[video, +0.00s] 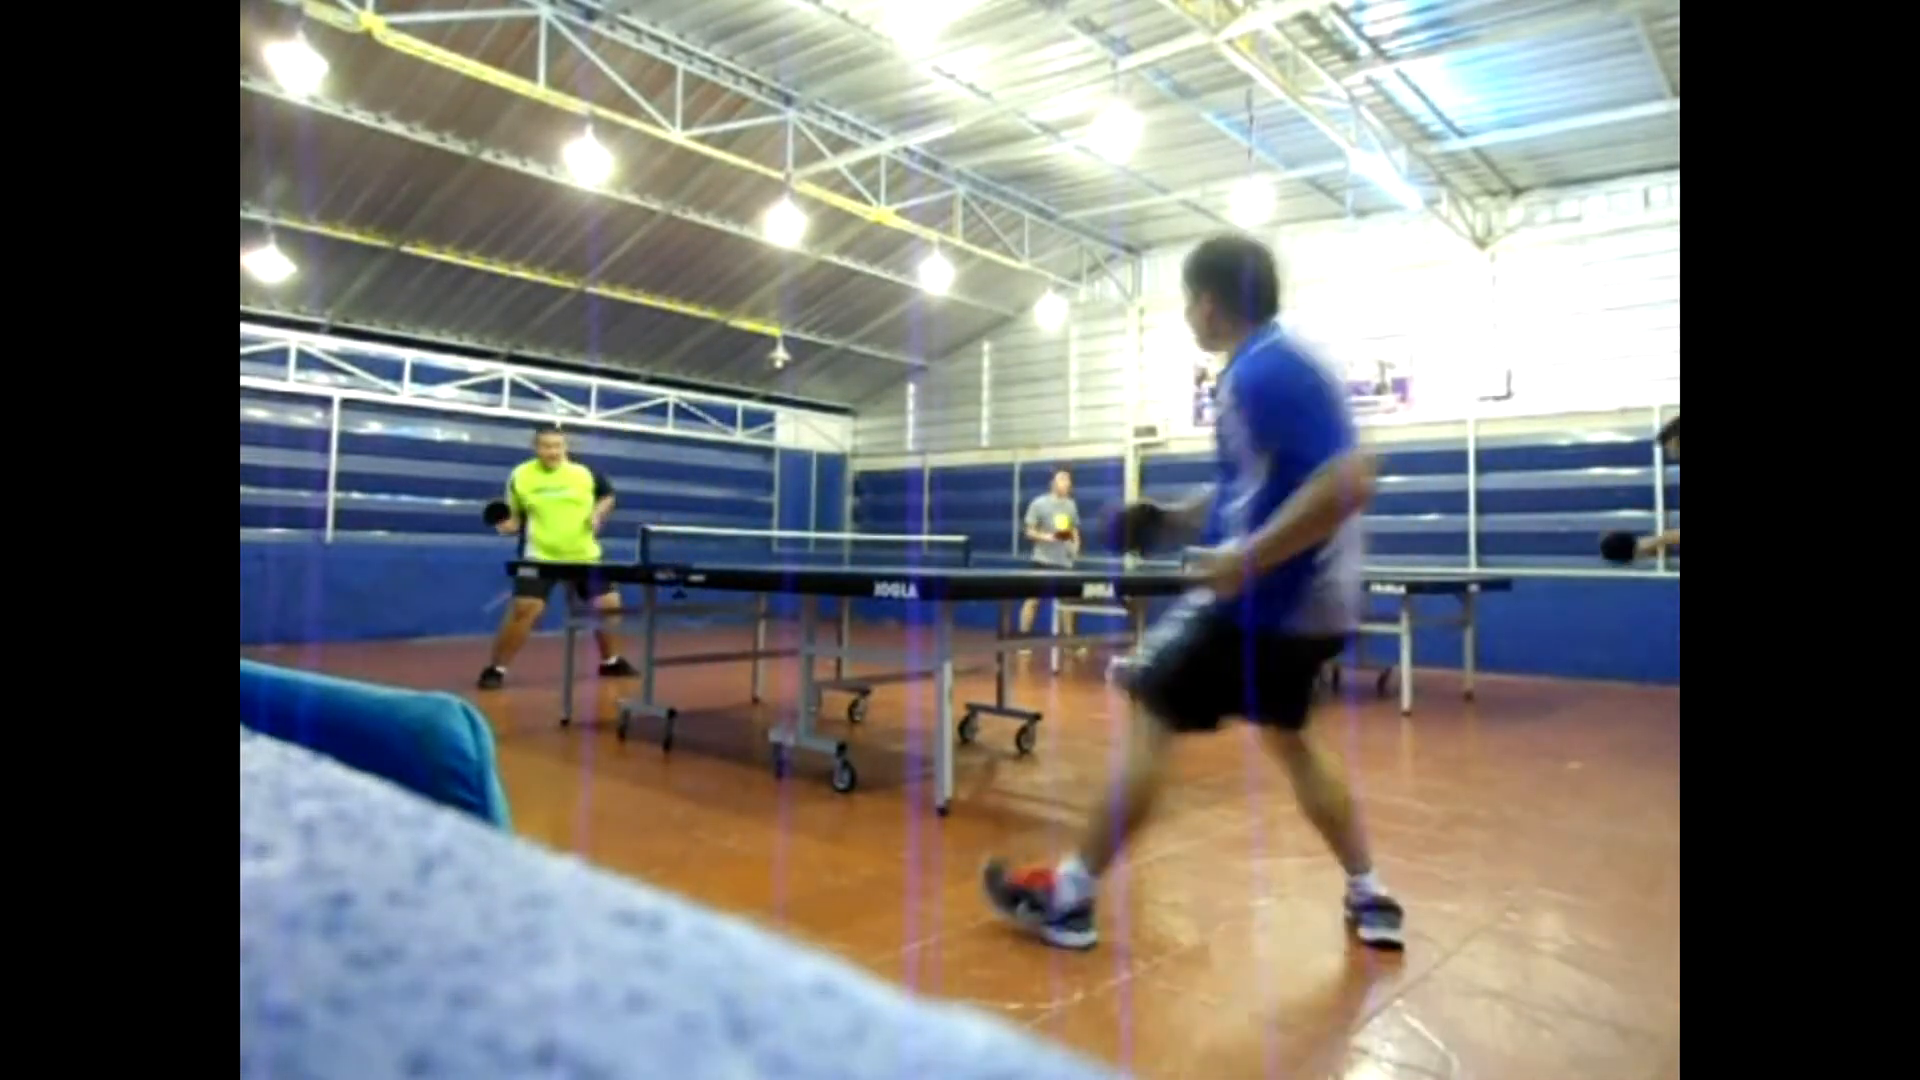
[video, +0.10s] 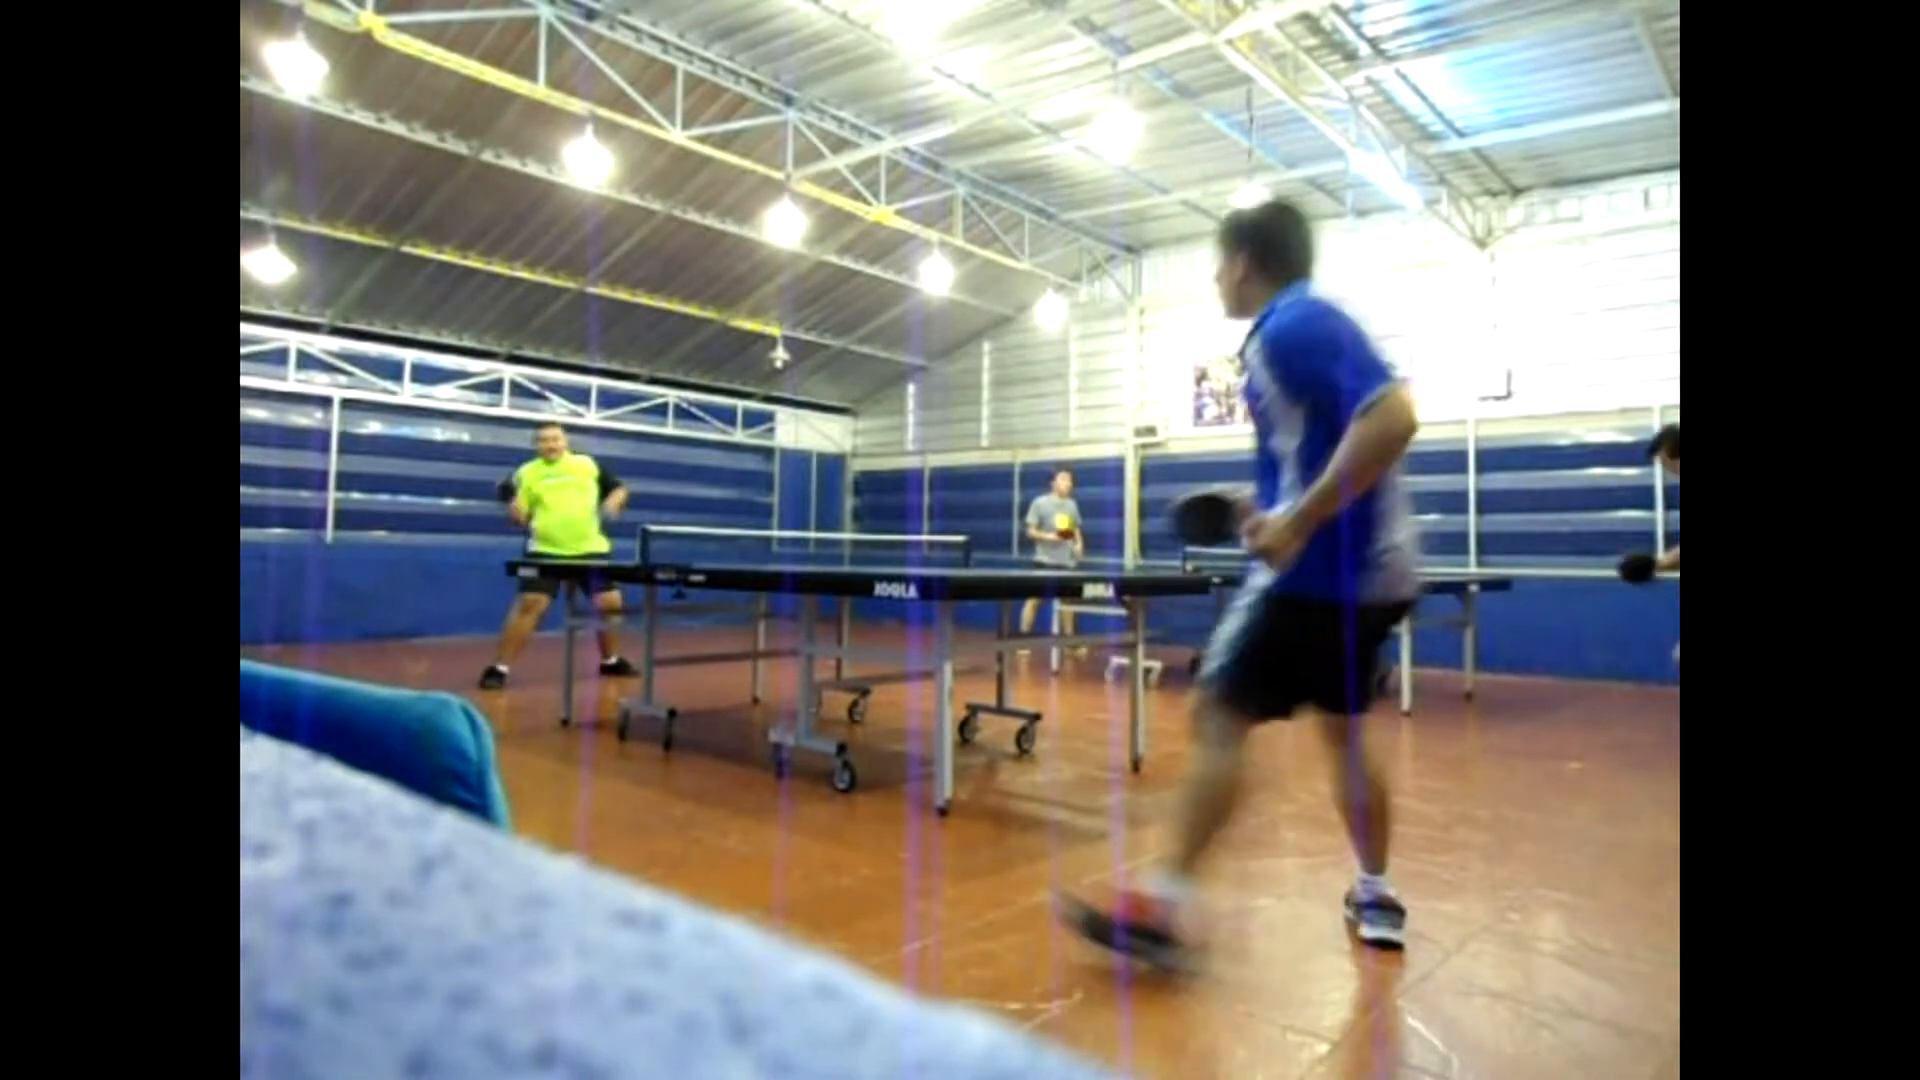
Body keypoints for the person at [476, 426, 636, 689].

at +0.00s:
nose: (552, 452)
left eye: (557, 446)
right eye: (546, 446)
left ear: (565, 447)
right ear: (536, 447)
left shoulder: (583, 473)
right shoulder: (521, 476)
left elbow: (609, 496)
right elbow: (515, 515)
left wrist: (598, 514)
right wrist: (507, 524)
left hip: (583, 554)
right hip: (539, 554)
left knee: (609, 603)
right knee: (527, 607)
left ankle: (611, 660)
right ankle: (498, 667)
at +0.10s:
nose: (550, 445)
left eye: (555, 439)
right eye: (544, 440)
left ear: (565, 441)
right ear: (536, 445)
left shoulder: (587, 465)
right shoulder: (527, 472)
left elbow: (618, 488)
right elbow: (508, 495)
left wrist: (613, 501)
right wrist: (517, 507)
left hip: (589, 547)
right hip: (546, 549)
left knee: (611, 601)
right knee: (531, 603)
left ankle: (611, 659)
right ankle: (501, 666)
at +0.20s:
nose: (550, 445)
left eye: (555, 439)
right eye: (546, 440)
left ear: (570, 440)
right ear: (542, 444)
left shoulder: (594, 464)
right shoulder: (539, 470)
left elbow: (621, 488)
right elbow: (520, 499)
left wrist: (626, 492)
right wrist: (520, 467)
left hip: (596, 546)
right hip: (553, 546)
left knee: (611, 603)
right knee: (538, 604)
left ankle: (612, 659)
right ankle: (504, 665)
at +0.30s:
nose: (550, 445)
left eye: (555, 439)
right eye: (549, 440)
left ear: (572, 440)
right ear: (551, 443)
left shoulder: (601, 467)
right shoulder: (547, 468)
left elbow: (629, 498)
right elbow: (524, 487)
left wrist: (618, 498)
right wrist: (520, 452)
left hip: (599, 547)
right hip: (556, 546)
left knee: (611, 604)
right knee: (542, 601)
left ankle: (612, 659)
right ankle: (512, 659)